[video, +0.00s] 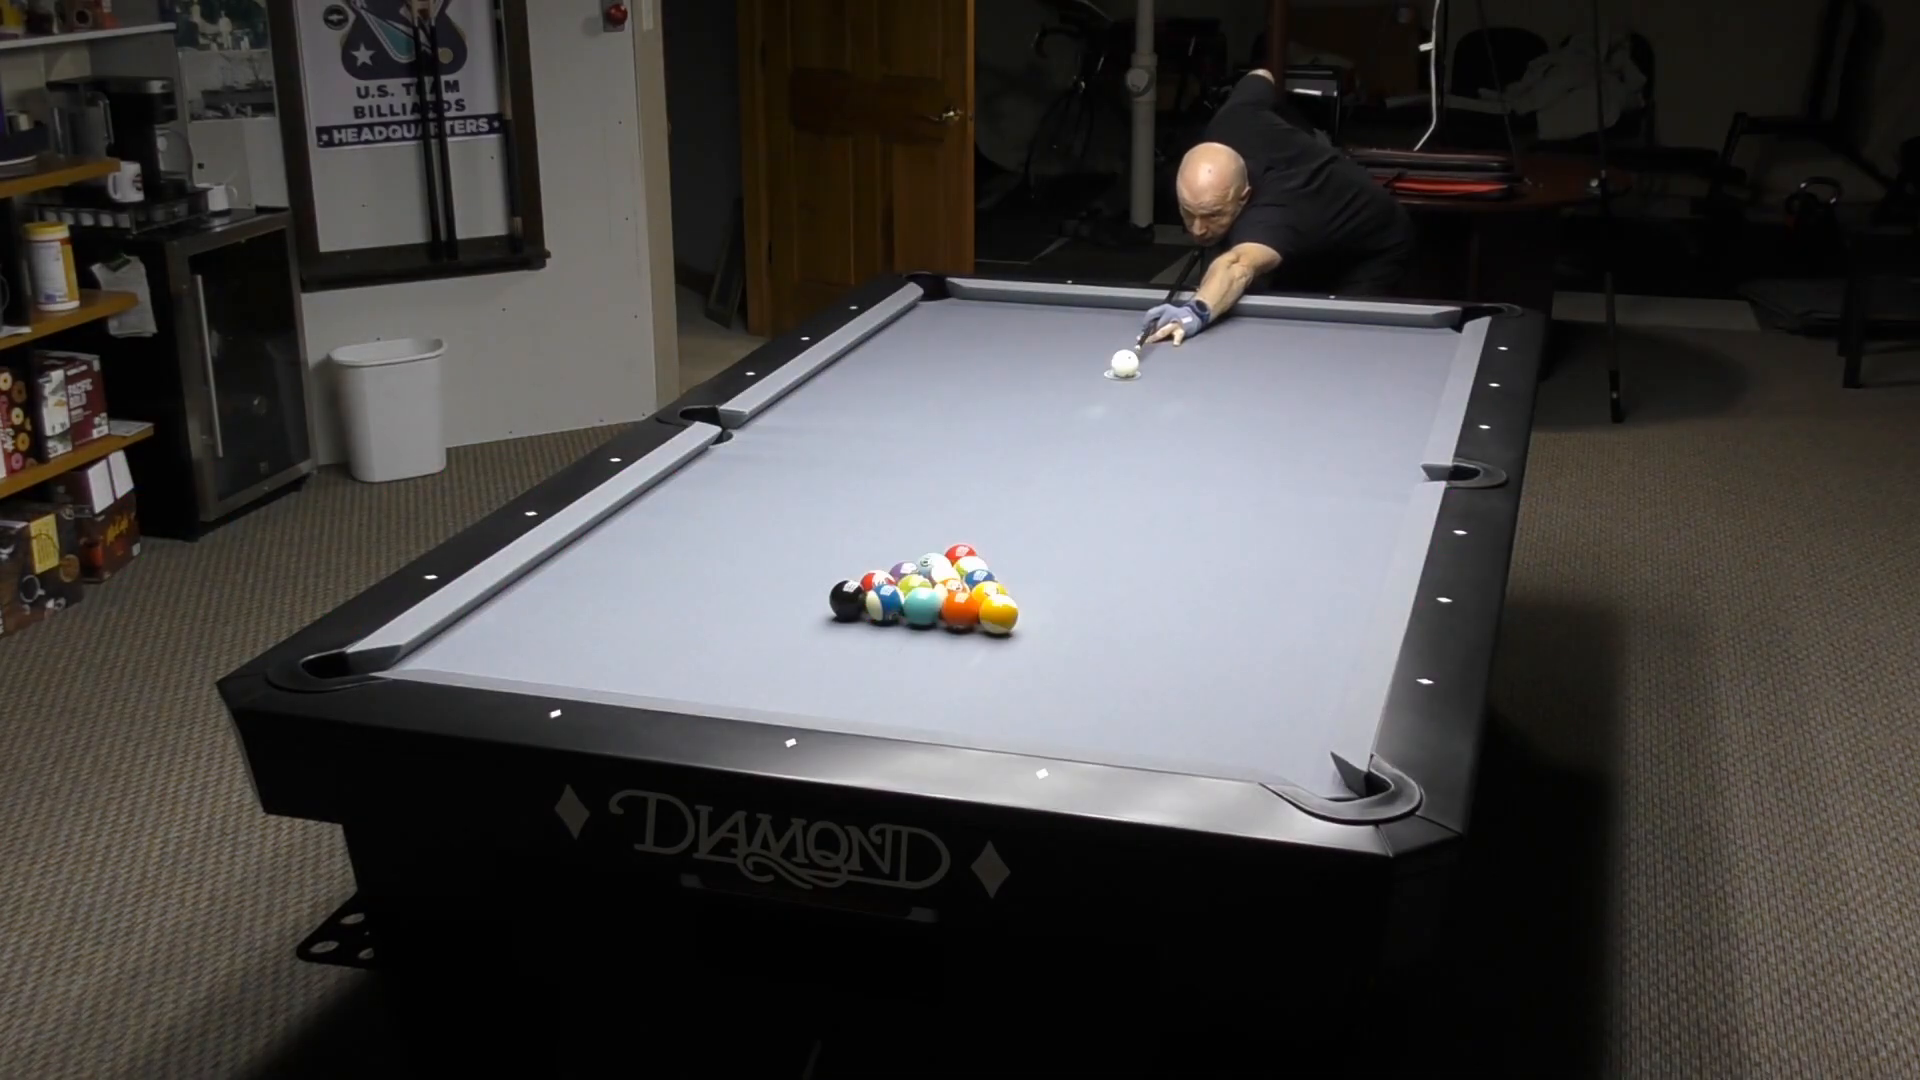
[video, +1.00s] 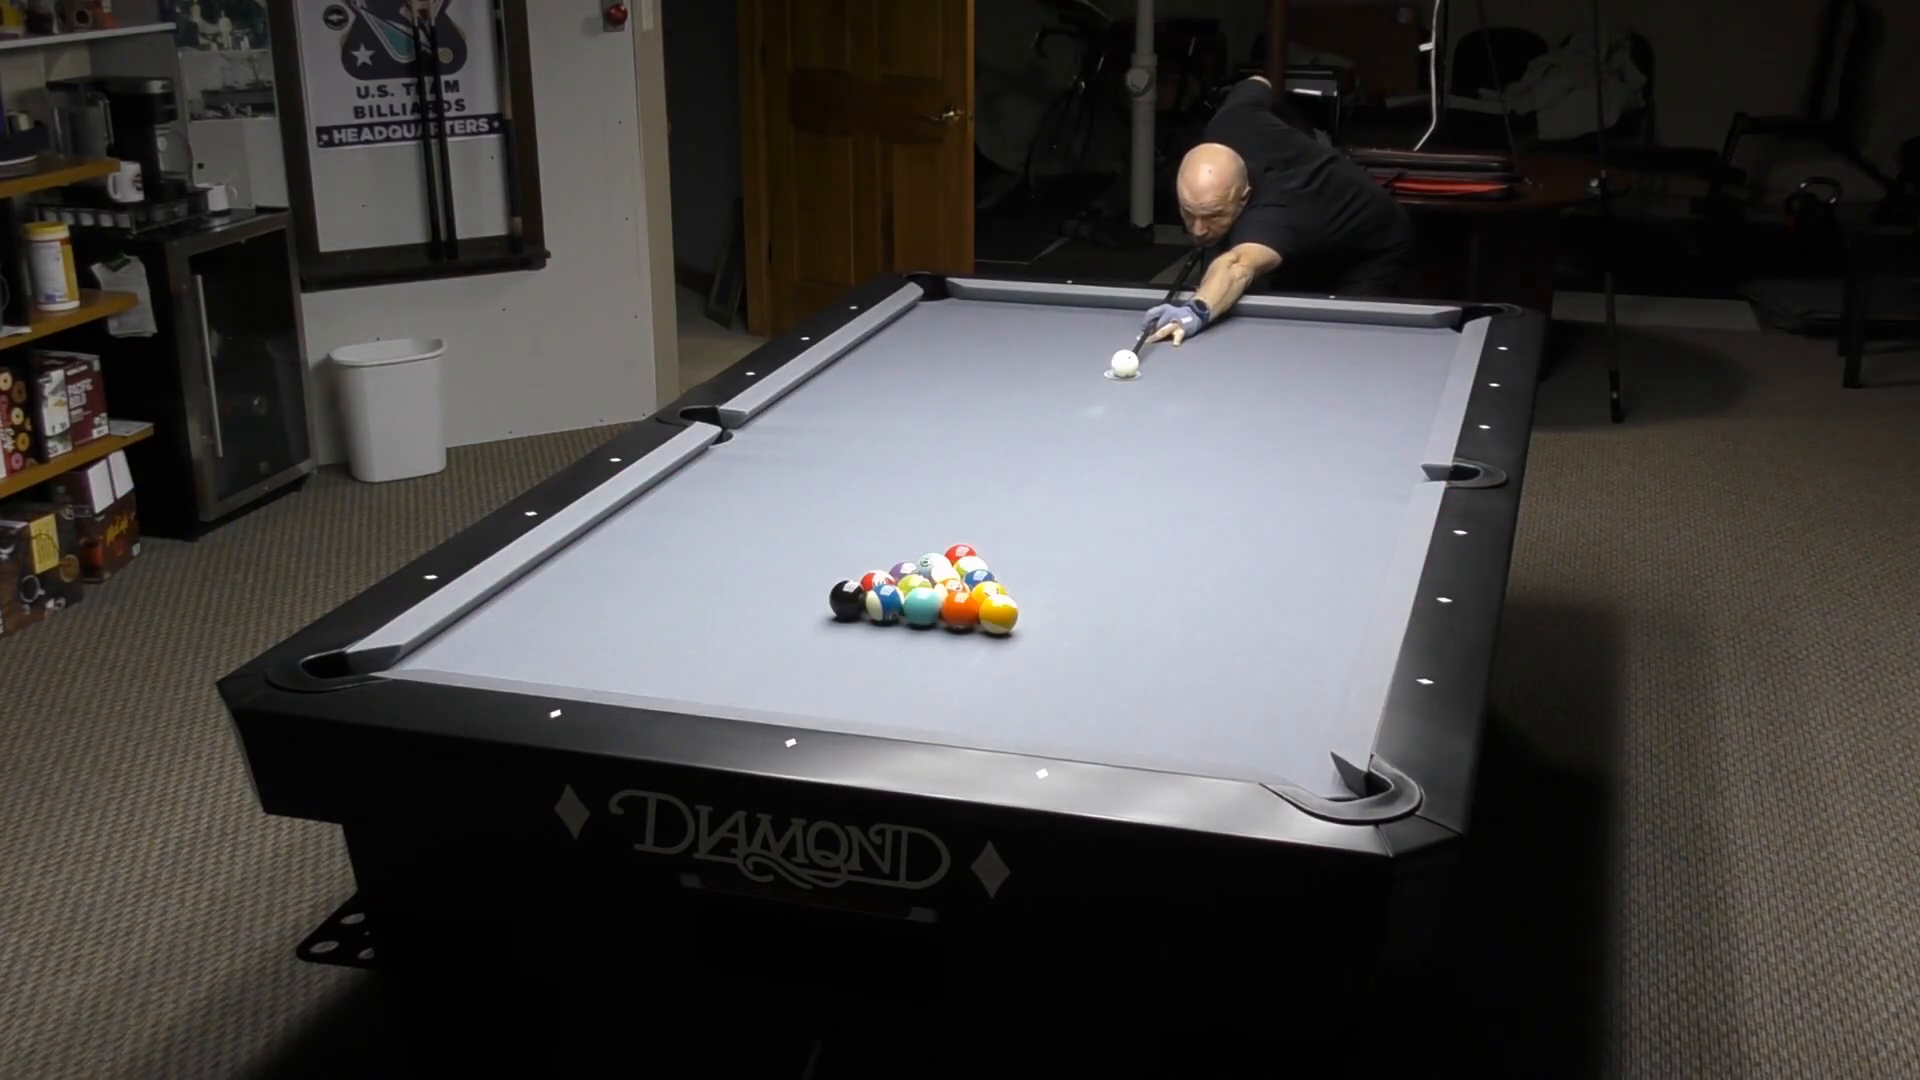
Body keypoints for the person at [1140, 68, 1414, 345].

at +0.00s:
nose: (1198, 230)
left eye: (1212, 218)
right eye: (1188, 215)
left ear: (1244, 195)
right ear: (1178, 187)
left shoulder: (1273, 216)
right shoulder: (1233, 121)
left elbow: (1237, 267)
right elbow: (1261, 74)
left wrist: (1195, 312)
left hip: (1379, 240)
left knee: (1339, 339)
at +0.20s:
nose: (1199, 231)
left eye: (1213, 217)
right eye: (1189, 215)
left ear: (1244, 195)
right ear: (1179, 187)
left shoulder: (1273, 216)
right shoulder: (1233, 120)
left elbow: (1238, 266)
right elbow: (1261, 80)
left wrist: (1194, 311)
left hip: (1379, 242)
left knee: (1339, 339)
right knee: (1280, 330)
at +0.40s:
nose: (1199, 231)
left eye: (1213, 217)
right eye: (1189, 215)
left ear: (1244, 195)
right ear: (1179, 187)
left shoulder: (1275, 215)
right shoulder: (1232, 121)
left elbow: (1238, 266)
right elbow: (1260, 80)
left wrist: (1195, 311)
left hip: (1378, 242)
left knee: (1339, 339)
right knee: (1280, 330)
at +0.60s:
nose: (1199, 231)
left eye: (1213, 217)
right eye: (1189, 215)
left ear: (1244, 195)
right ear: (1179, 187)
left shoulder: (1274, 215)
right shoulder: (1232, 121)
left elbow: (1238, 266)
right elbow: (1260, 80)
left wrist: (1195, 311)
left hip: (1379, 242)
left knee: (1339, 338)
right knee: (1280, 329)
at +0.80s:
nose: (1199, 231)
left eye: (1213, 217)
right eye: (1188, 215)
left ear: (1244, 195)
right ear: (1179, 187)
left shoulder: (1274, 216)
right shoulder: (1232, 121)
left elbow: (1238, 265)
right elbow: (1259, 80)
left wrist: (1195, 311)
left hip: (1378, 242)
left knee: (1338, 338)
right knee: (1279, 329)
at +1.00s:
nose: (1199, 231)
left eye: (1213, 217)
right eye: (1189, 215)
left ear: (1243, 195)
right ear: (1179, 188)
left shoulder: (1273, 216)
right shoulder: (1232, 121)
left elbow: (1238, 265)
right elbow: (1259, 81)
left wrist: (1195, 310)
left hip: (1378, 243)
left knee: (1339, 339)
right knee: (1280, 330)